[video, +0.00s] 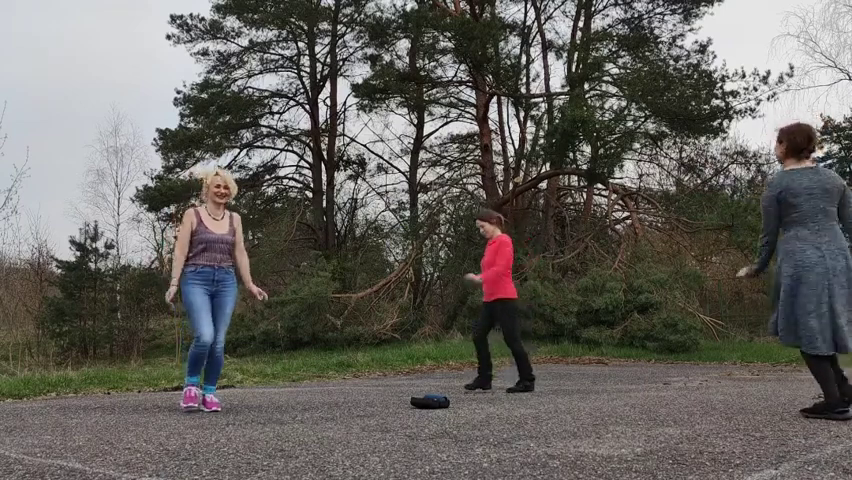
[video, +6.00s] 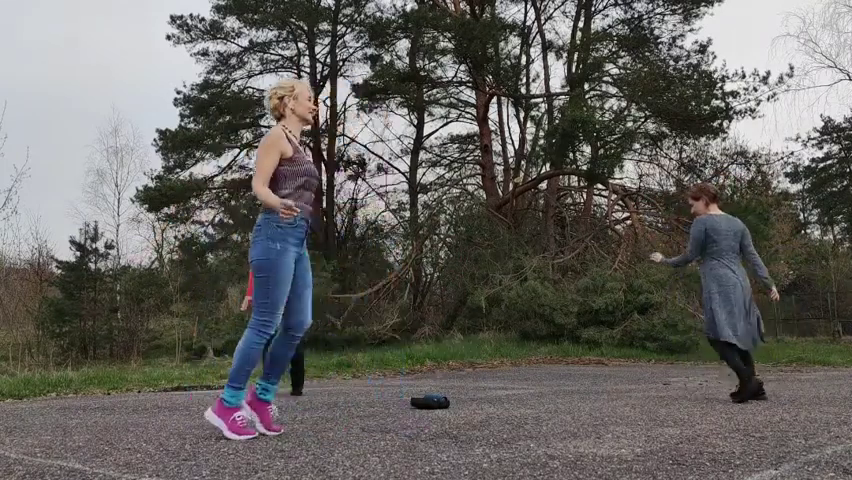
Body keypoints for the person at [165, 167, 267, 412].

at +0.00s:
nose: (222, 191)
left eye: (226, 187)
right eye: (217, 186)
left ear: (231, 192)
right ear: (207, 189)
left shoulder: (234, 219)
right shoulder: (193, 214)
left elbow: (240, 253)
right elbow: (181, 251)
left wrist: (249, 283)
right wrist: (174, 282)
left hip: (226, 280)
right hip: (195, 279)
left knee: (218, 341)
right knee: (205, 337)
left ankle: (209, 392)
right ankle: (192, 385)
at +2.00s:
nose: (307, 116)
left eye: (311, 113)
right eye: (301, 111)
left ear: (316, 123)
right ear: (286, 119)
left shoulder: (323, 159)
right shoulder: (277, 155)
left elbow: (363, 146)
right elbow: (286, 131)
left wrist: (364, 99)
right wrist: (295, 81)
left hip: (331, 239)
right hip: (293, 235)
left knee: (351, 325)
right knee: (305, 322)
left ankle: (360, 408)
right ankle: (272, 394)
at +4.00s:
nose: (293, 114)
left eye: (297, 110)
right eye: (284, 110)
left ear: (304, 120)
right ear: (270, 122)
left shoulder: (303, 161)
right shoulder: (264, 151)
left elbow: (296, 210)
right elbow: (252, 198)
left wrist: (313, 216)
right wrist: (263, 171)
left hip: (305, 247)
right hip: (269, 243)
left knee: (304, 334)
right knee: (272, 331)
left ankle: (306, 414)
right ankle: (223, 389)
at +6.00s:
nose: (315, 105)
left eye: (314, 100)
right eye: (309, 100)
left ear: (295, 106)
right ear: (289, 104)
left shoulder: (297, 143)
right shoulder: (276, 138)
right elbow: (259, 186)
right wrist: (279, 204)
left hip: (297, 239)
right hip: (275, 236)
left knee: (298, 323)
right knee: (264, 324)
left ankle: (261, 399)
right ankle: (228, 404)